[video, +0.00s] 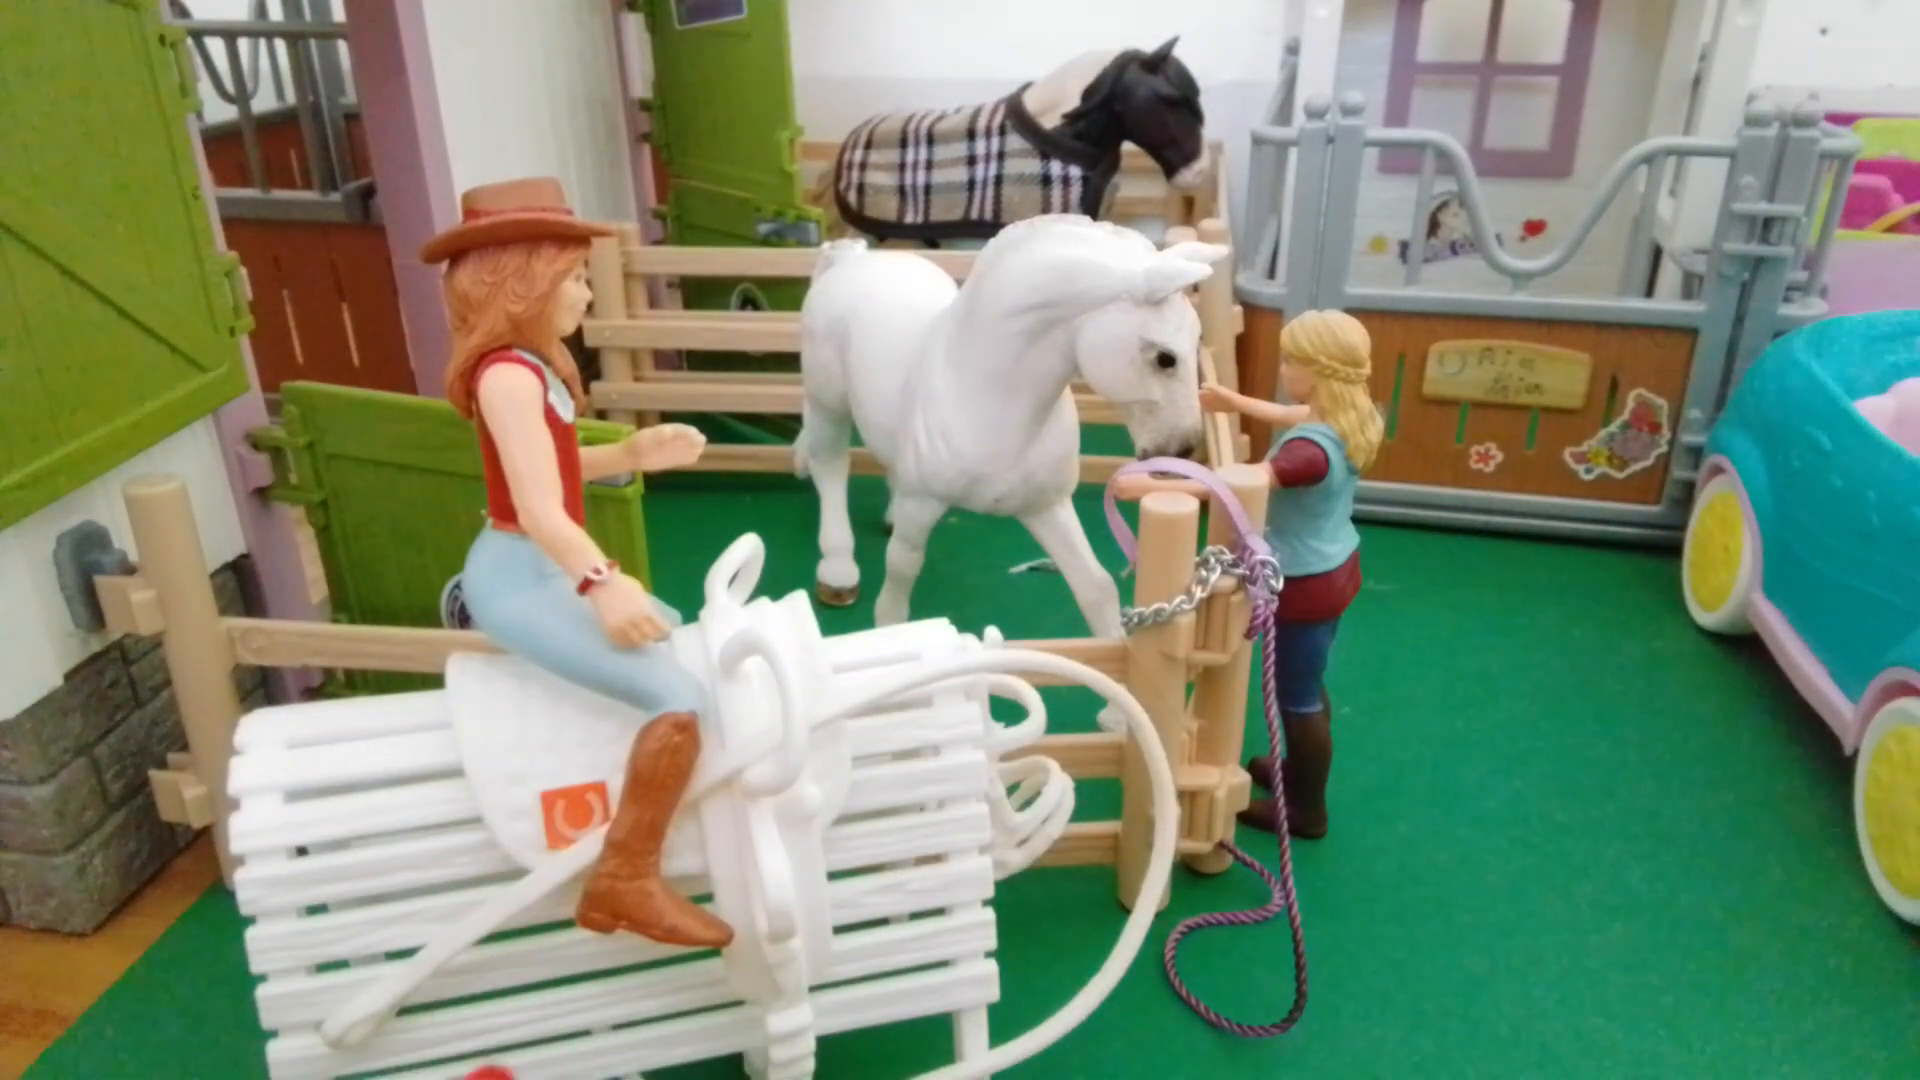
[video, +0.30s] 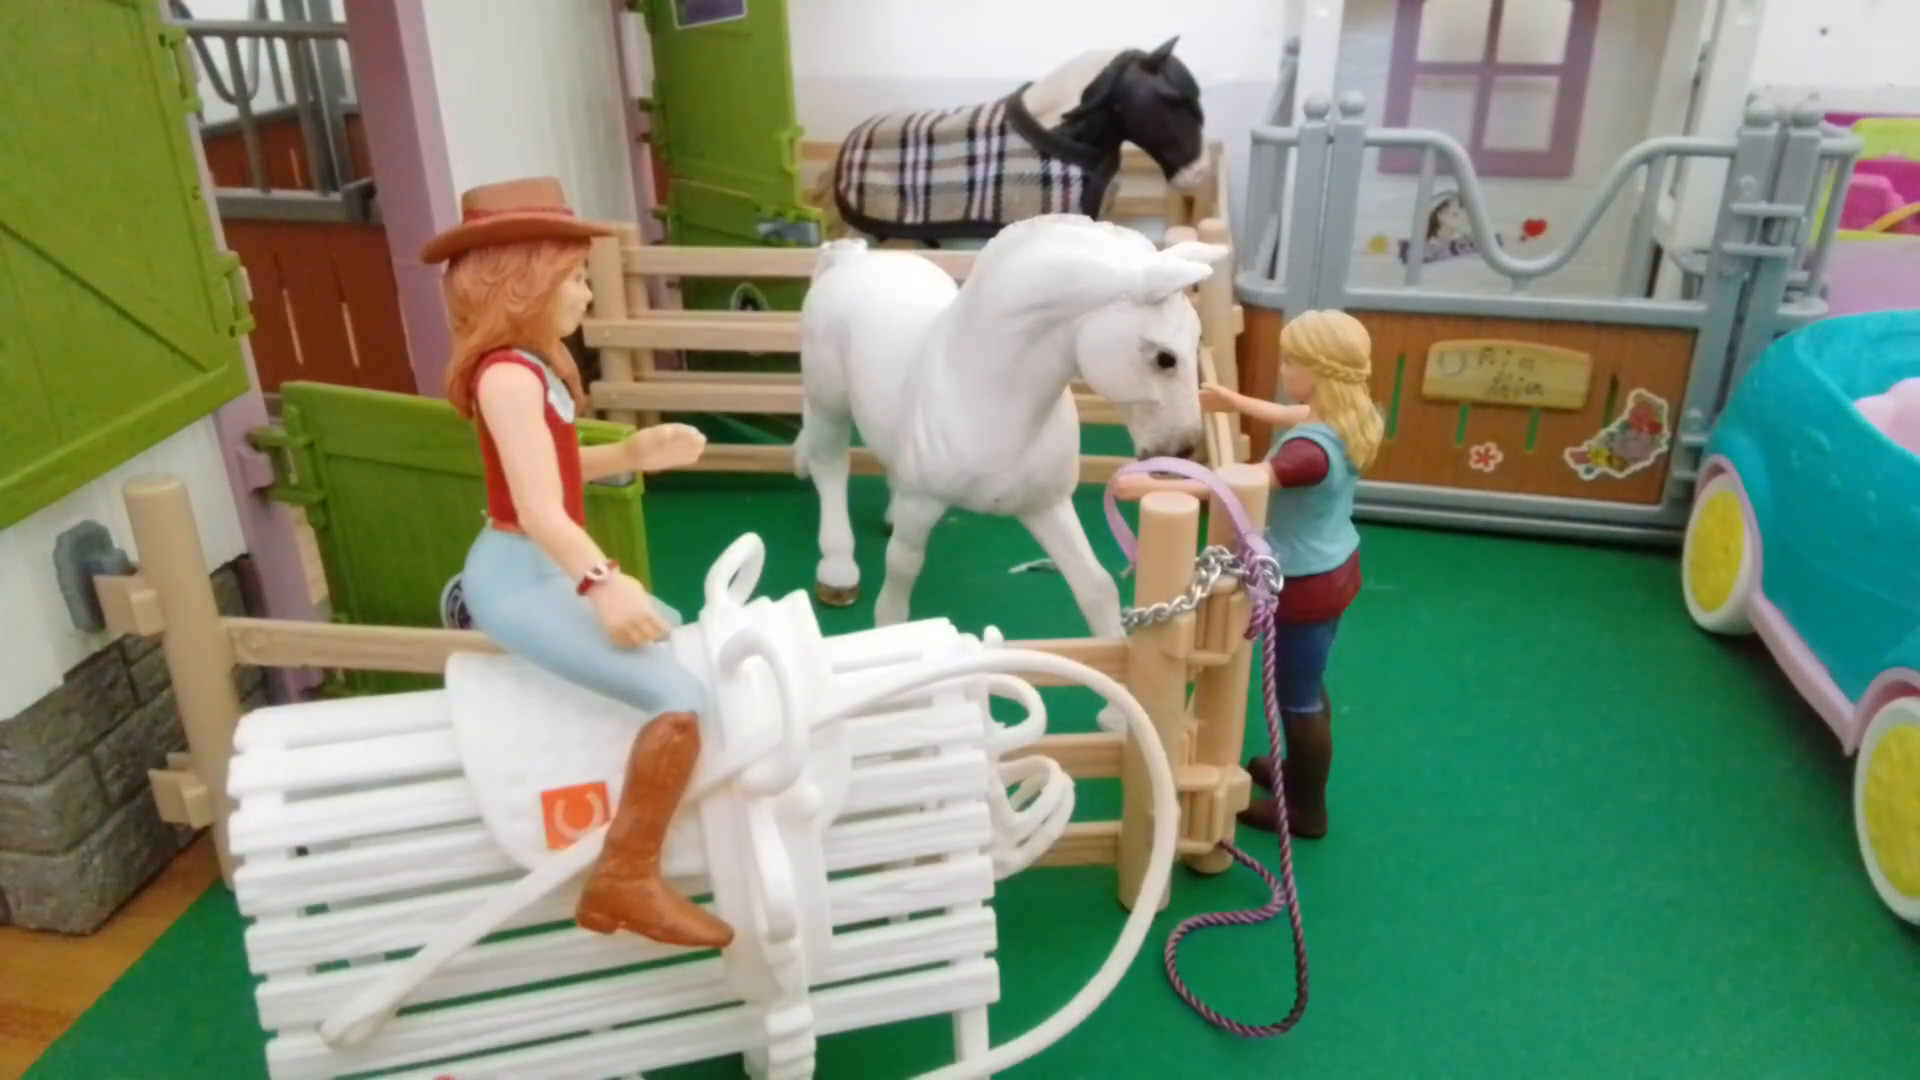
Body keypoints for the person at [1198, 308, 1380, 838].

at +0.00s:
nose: (1282, 370)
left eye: (1289, 361)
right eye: (1284, 360)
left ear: (1318, 372)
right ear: (1337, 372)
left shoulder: (1315, 447)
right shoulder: (1348, 417)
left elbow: (1252, 478)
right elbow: (1288, 416)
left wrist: (1165, 484)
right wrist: (1235, 400)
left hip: (1304, 587)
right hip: (1332, 566)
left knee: (1299, 699)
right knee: (1301, 681)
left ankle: (1304, 811)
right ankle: (1300, 773)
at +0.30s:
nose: (1281, 370)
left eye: (1290, 361)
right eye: (1284, 360)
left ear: (1318, 372)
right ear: (1335, 373)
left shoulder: (1314, 447)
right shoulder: (1347, 417)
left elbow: (1244, 478)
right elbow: (1288, 416)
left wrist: (1159, 484)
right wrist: (1235, 400)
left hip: (1304, 588)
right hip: (1331, 568)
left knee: (1299, 701)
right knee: (1301, 682)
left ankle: (1304, 812)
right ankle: (1299, 775)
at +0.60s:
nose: (1282, 371)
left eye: (1290, 362)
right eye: (1284, 360)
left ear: (1318, 372)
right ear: (1337, 372)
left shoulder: (1314, 447)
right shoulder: (1348, 417)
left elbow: (1248, 479)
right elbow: (1289, 416)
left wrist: (1164, 484)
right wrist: (1235, 400)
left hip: (1305, 588)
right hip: (1333, 565)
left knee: (1299, 699)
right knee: (1300, 680)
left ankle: (1303, 812)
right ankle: (1298, 773)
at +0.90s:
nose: (1282, 370)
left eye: (1290, 361)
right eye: (1285, 360)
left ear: (1318, 372)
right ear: (1336, 372)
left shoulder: (1314, 448)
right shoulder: (1346, 416)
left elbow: (1238, 482)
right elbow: (1286, 416)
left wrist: (1157, 484)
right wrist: (1231, 398)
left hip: (1312, 585)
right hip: (1336, 564)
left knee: (1295, 691)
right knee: (1302, 680)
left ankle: (1297, 806)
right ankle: (1292, 774)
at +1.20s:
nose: (1280, 371)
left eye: (1289, 361)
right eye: (1283, 360)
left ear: (1317, 373)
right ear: (1335, 373)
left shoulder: (1315, 448)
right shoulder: (1344, 419)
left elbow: (1253, 488)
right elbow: (1286, 416)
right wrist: (1233, 400)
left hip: (1316, 575)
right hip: (1337, 561)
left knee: (1295, 686)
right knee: (1309, 674)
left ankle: (1299, 807)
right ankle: (1300, 769)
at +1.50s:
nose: (1281, 371)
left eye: (1290, 363)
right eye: (1284, 361)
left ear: (1317, 374)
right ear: (1336, 373)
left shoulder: (1315, 448)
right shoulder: (1346, 419)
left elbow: (1253, 479)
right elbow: (1292, 415)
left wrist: (1193, 479)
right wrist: (1236, 401)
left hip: (1309, 579)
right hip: (1333, 565)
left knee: (1297, 691)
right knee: (1299, 676)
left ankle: (1302, 809)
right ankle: (1298, 771)